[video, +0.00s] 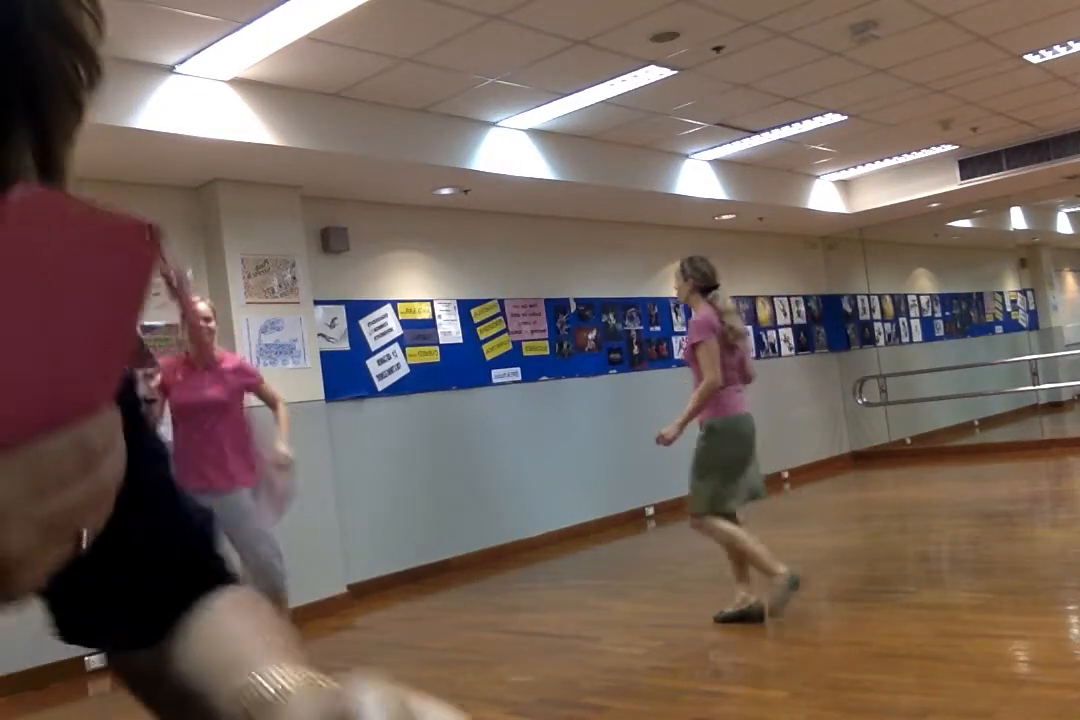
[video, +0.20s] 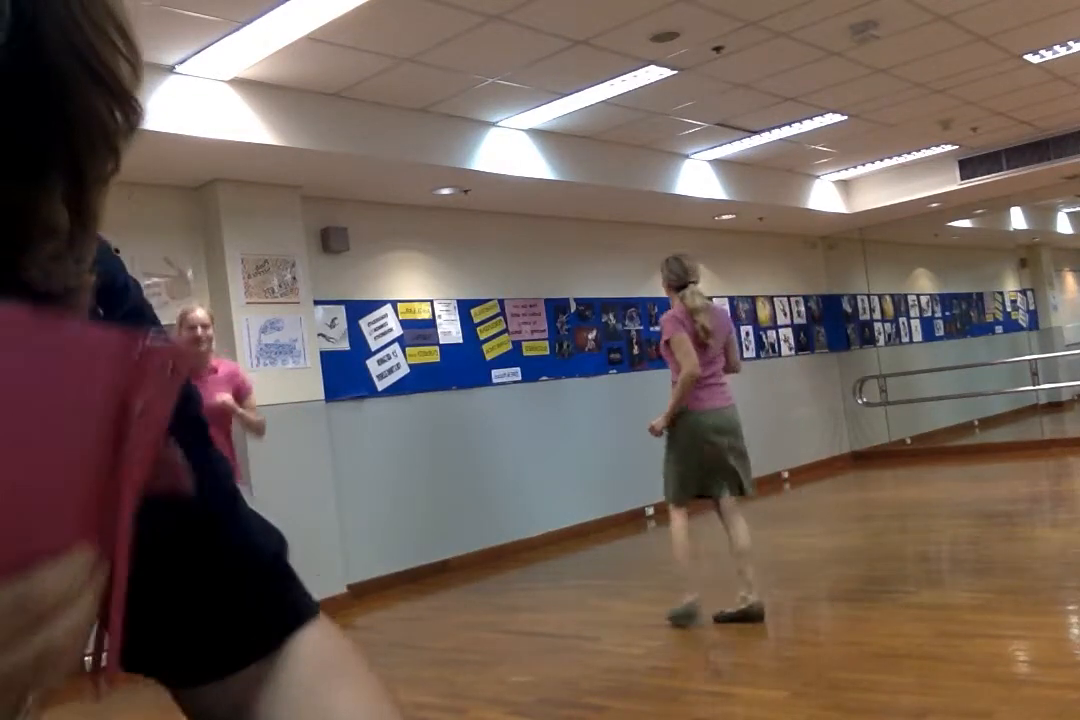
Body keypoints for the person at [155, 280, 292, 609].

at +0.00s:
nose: (205, 326)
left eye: (209, 319)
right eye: (197, 320)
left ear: (216, 324)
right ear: (184, 327)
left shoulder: (235, 367)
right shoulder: (170, 370)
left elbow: (277, 403)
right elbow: (150, 427)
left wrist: (282, 446)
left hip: (234, 485)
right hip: (189, 488)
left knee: (266, 561)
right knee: (202, 569)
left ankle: (279, 633)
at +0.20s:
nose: (199, 334)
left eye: (205, 327)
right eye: (191, 328)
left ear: (213, 331)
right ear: (179, 333)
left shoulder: (229, 373)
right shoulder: (169, 376)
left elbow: (258, 427)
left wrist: (233, 407)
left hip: (222, 474)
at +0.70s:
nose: (222, 307)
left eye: (225, 301)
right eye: (213, 302)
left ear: (230, 305)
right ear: (198, 311)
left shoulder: (245, 348)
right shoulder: (188, 351)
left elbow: (265, 398)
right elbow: (184, 404)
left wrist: (282, 432)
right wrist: (195, 449)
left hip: (259, 452)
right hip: (218, 457)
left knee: (270, 526)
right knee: (232, 531)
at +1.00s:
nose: (241, 315)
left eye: (244, 308)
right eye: (233, 310)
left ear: (249, 313)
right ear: (216, 318)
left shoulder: (267, 353)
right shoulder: (199, 357)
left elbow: (281, 404)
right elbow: (194, 411)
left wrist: (292, 450)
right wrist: (201, 459)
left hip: (260, 460)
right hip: (220, 463)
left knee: (271, 536)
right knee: (230, 538)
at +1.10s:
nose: (246, 313)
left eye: (249, 307)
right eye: (237, 308)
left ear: (253, 311)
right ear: (220, 317)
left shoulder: (267, 351)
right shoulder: (202, 352)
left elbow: (281, 398)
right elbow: (192, 408)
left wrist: (287, 443)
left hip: (258, 454)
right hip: (219, 457)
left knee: (263, 530)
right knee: (226, 532)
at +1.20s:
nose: (248, 329)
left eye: (251, 322)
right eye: (239, 324)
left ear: (255, 326)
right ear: (222, 332)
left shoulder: (271, 370)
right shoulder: (205, 370)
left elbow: (279, 416)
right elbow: (198, 426)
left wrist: (289, 455)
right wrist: (209, 400)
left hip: (259, 476)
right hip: (221, 477)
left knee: (259, 547)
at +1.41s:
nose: (267, 339)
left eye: (268, 333)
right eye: (259, 333)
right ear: (236, 337)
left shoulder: (263, 378)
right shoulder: (221, 380)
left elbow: (261, 439)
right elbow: (233, 436)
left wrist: (278, 475)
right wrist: (266, 415)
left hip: (265, 487)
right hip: (237, 495)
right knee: (248, 563)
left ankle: (265, 571)